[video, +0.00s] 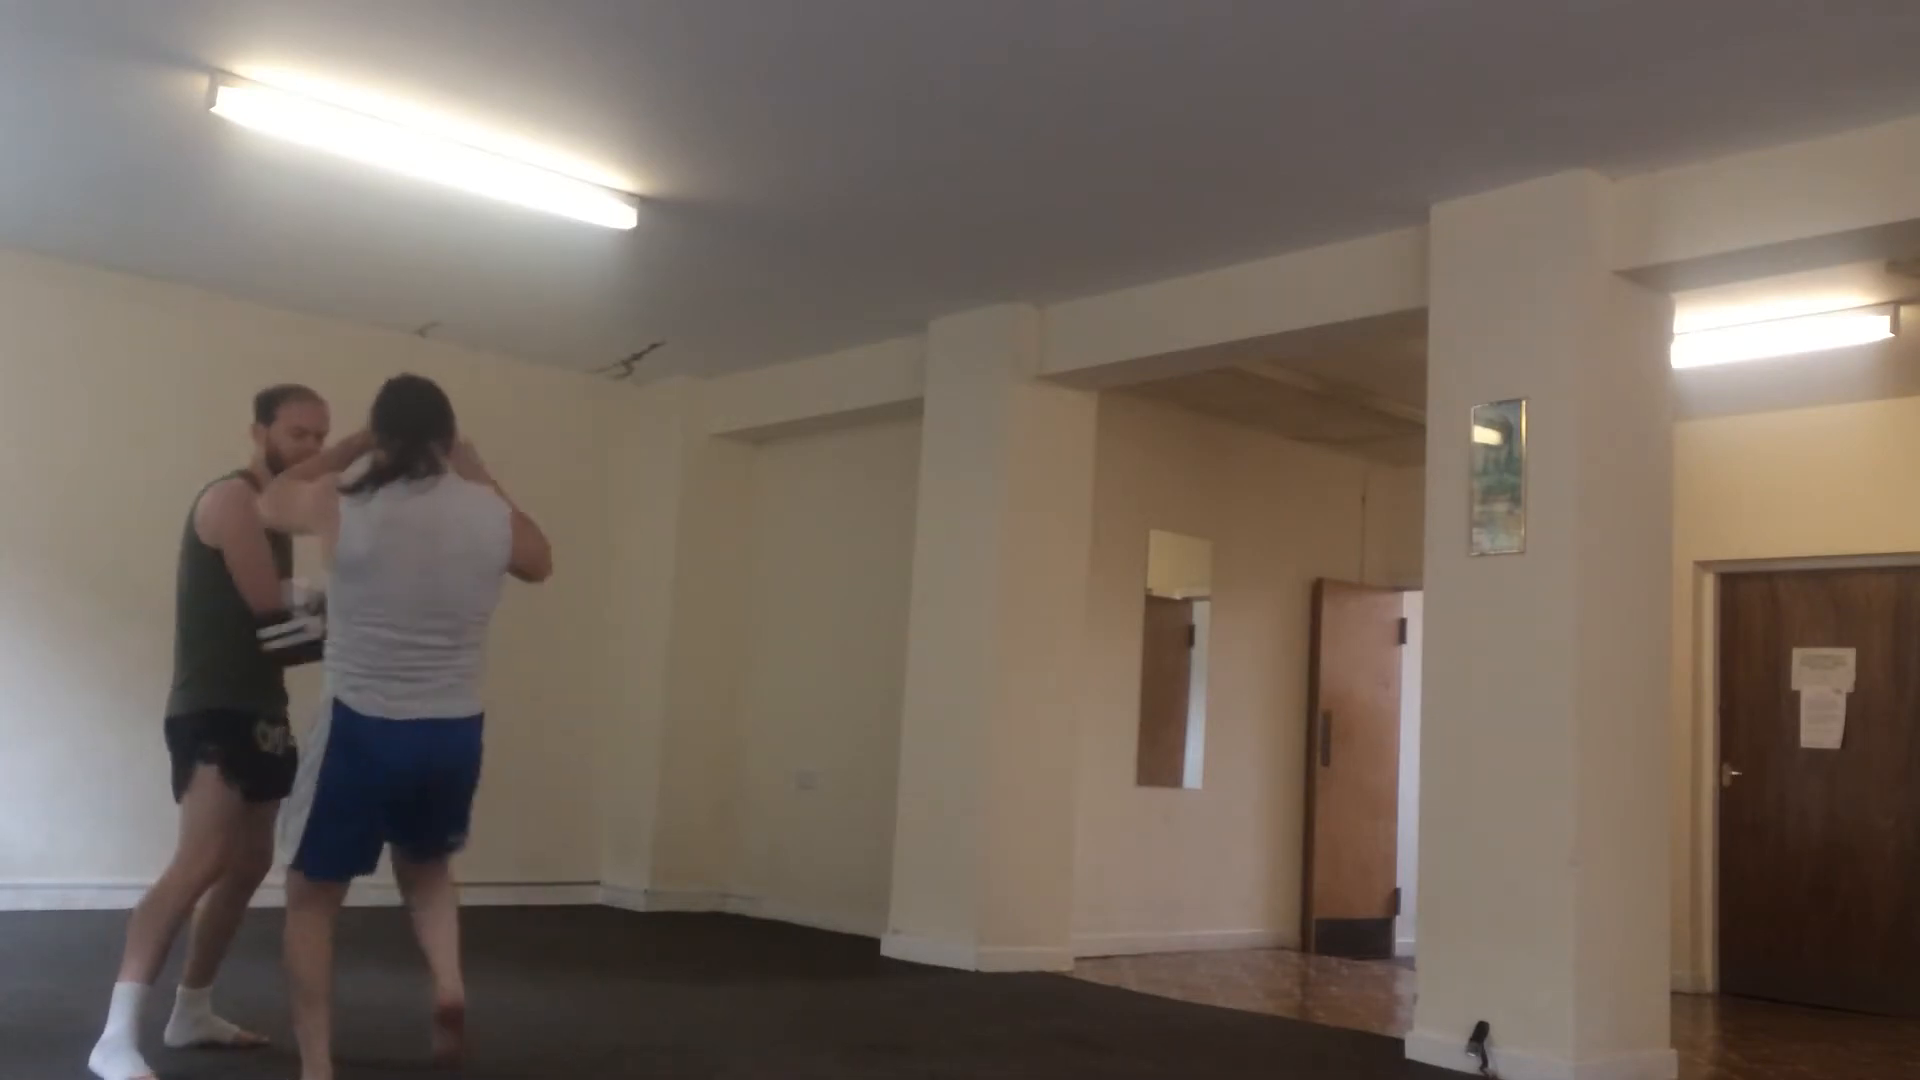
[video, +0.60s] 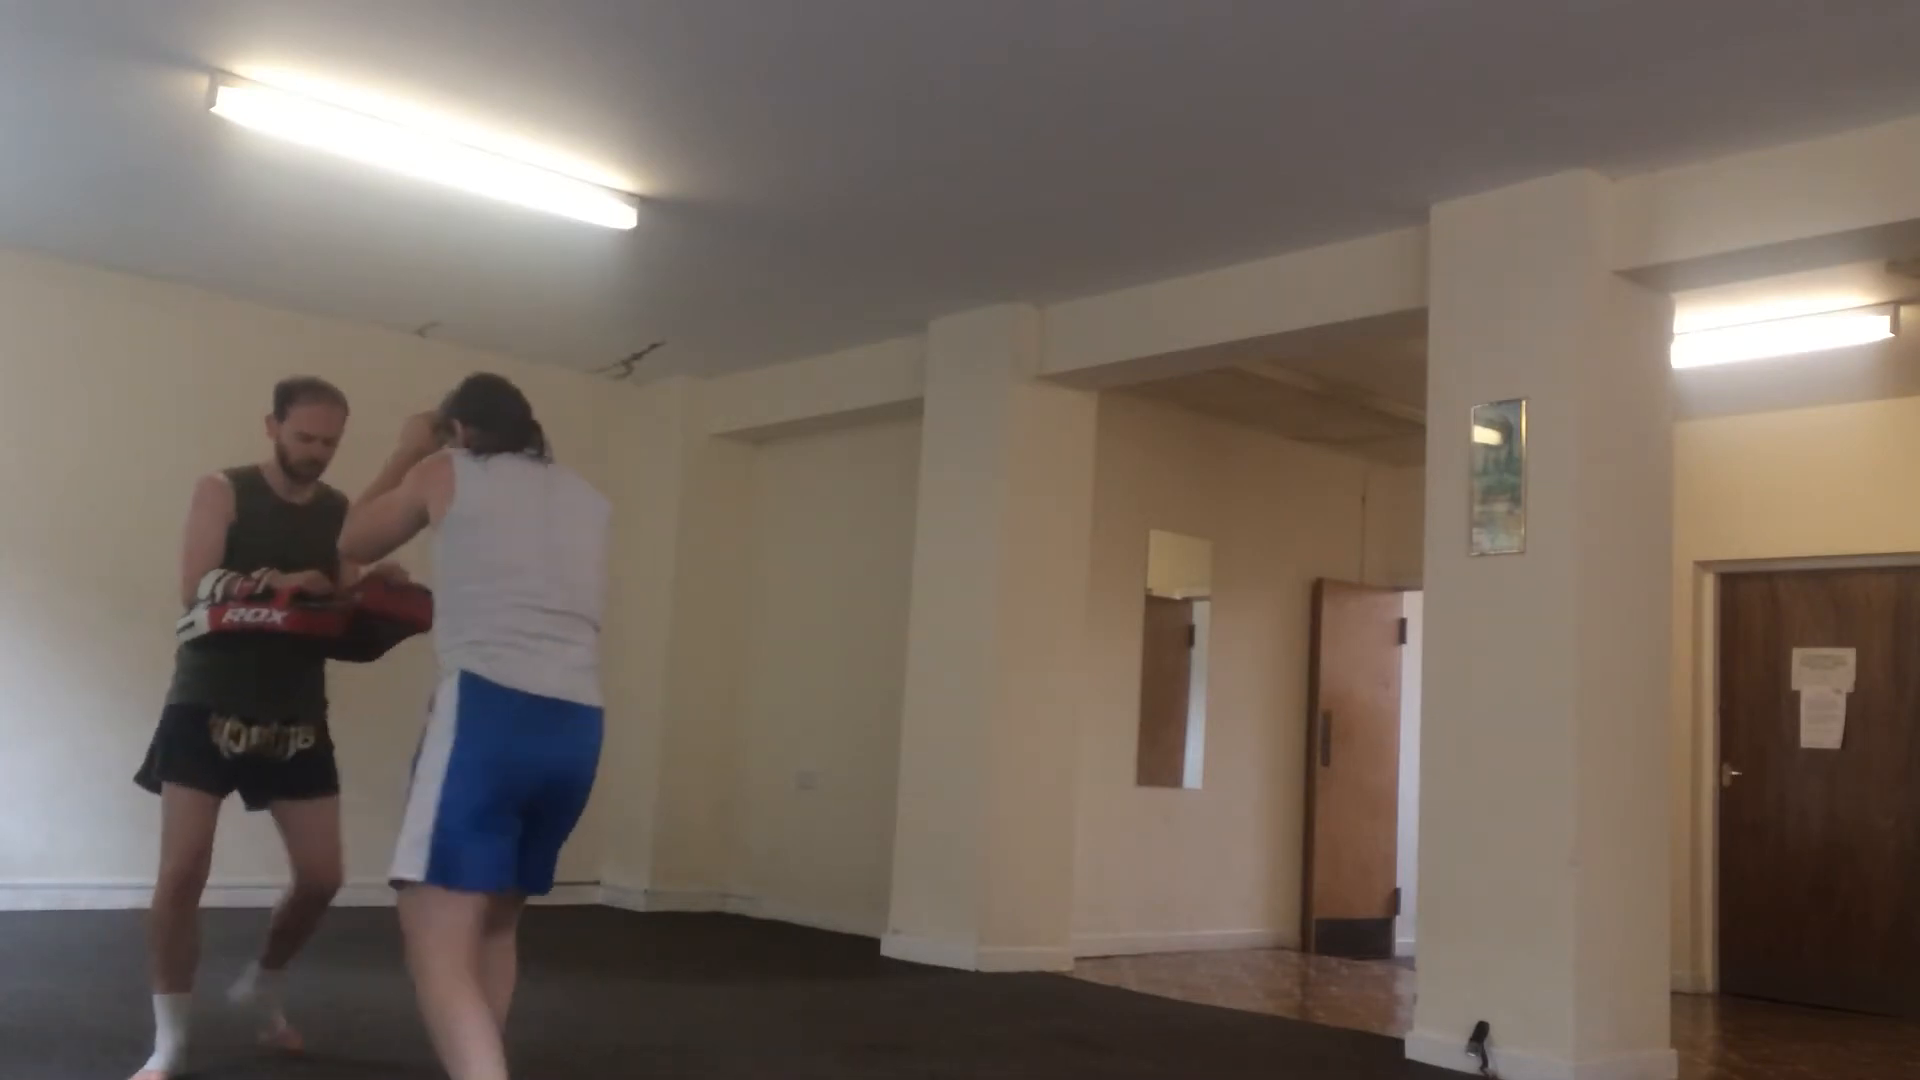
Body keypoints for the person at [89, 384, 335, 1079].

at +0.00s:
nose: (314, 449)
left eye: (321, 437)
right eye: (300, 435)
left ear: (325, 444)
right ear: (262, 435)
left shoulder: (277, 508)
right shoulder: (229, 499)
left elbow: (277, 611)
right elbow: (270, 600)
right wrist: (336, 593)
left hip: (262, 711)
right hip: (216, 711)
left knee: (246, 865)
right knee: (197, 863)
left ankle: (192, 1012)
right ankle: (116, 1037)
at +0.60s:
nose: (320, 452)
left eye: (331, 442)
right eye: (309, 437)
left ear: (340, 441)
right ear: (272, 427)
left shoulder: (339, 512)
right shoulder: (222, 493)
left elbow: (339, 601)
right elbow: (198, 593)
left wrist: (379, 588)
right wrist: (295, 584)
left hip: (295, 712)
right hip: (208, 707)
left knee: (321, 880)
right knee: (182, 874)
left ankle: (258, 990)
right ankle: (169, 1040)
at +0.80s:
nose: (344, 456)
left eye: (356, 447)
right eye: (335, 440)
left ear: (364, 445)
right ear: (299, 425)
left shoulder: (362, 510)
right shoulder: (237, 493)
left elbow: (408, 587)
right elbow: (207, 603)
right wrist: (291, 570)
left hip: (323, 718)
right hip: (230, 713)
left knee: (367, 880)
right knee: (170, 879)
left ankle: (392, 1046)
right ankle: (174, 1043)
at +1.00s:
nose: (375, 455)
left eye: (388, 444)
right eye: (364, 440)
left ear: (405, 441)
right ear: (335, 431)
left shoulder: (403, 506)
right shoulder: (288, 499)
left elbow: (472, 583)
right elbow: (225, 585)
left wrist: (465, 498)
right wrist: (236, 625)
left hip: (386, 726)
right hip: (294, 722)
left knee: (427, 878)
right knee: (215, 886)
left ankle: (398, 1050)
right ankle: (151, 1027)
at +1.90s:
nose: (341, 454)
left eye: (353, 439)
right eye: (326, 442)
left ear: (380, 429)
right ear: (307, 441)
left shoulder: (413, 505)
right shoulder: (290, 499)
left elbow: (393, 580)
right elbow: (259, 581)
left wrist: (380, 506)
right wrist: (232, 528)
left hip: (369, 715)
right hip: (281, 711)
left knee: (388, 879)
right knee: (218, 874)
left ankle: (442, 1040)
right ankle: (207, 1040)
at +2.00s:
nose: (339, 456)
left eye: (349, 440)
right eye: (324, 445)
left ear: (378, 426)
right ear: (307, 440)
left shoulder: (411, 499)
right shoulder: (300, 502)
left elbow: (396, 581)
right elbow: (256, 585)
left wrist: (347, 513)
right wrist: (231, 521)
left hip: (363, 723)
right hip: (284, 715)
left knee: (361, 884)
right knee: (220, 872)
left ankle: (448, 1030)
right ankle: (208, 1038)